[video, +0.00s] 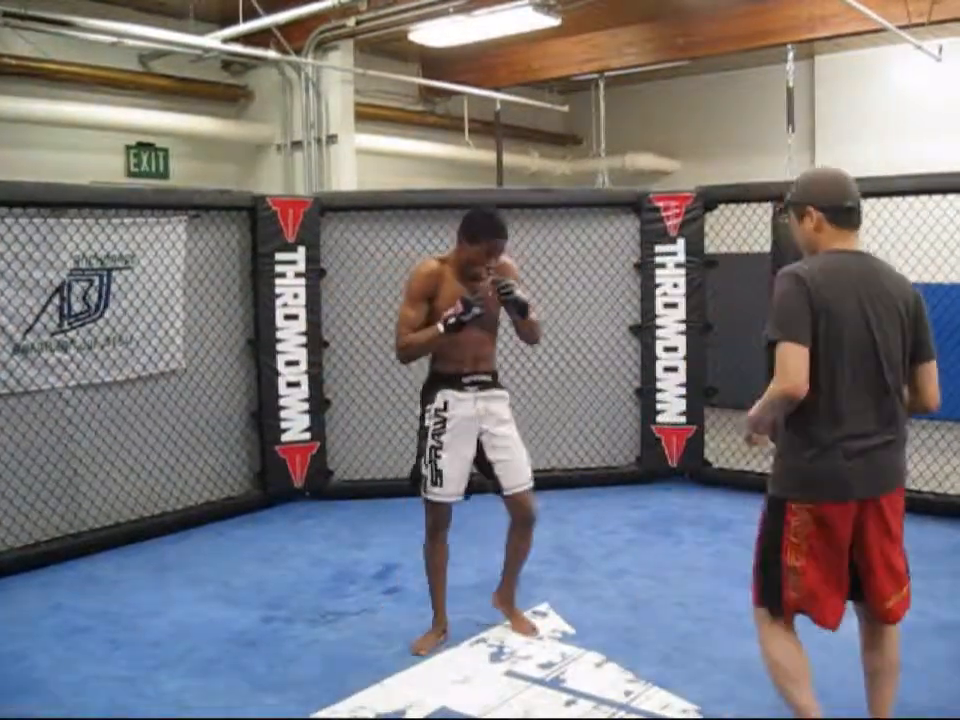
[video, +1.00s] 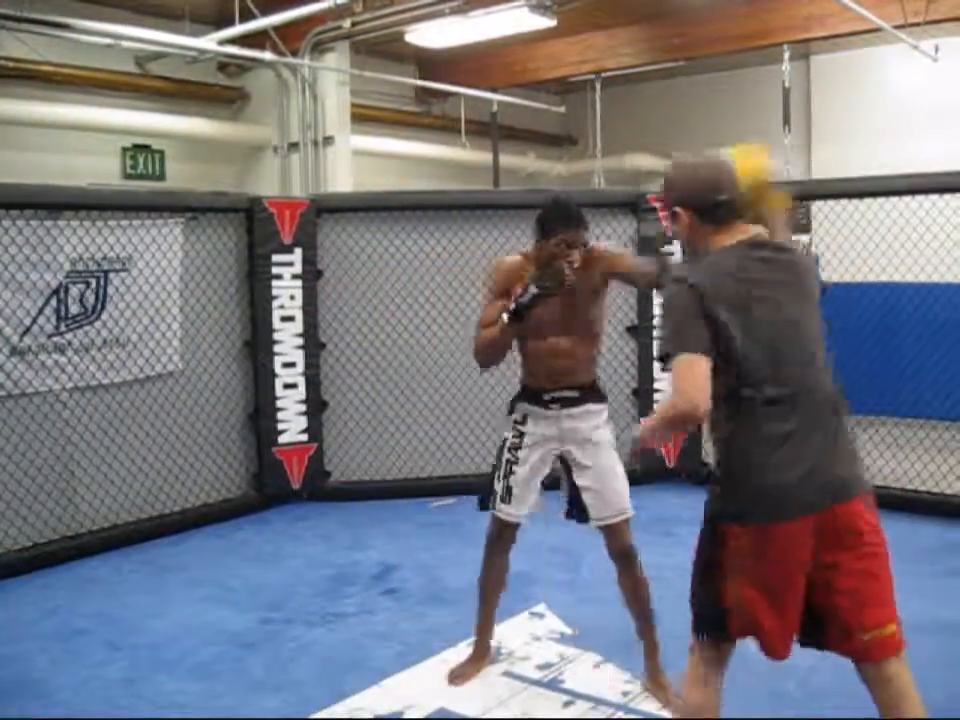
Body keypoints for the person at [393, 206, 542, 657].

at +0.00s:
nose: (487, 265)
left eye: (494, 257)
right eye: (481, 257)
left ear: (501, 251)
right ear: (462, 244)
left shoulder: (502, 270)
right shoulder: (429, 274)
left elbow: (532, 336)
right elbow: (404, 349)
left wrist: (514, 304)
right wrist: (446, 323)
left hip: (493, 398)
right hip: (446, 400)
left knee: (524, 510)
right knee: (438, 519)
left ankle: (506, 596)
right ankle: (439, 622)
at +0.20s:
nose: (509, 264)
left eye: (513, 257)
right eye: (504, 256)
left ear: (513, 251)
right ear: (480, 244)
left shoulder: (513, 267)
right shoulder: (440, 270)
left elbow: (541, 324)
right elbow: (422, 345)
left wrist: (548, 301)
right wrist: (470, 308)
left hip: (504, 397)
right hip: (457, 402)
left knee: (538, 514)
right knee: (445, 515)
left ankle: (560, 632)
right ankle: (439, 624)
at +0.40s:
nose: (536, 280)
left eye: (544, 274)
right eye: (530, 272)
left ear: (549, 267)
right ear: (511, 255)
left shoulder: (545, 276)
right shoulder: (475, 271)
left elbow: (576, 340)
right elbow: (462, 348)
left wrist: (579, 302)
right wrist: (510, 307)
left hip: (531, 408)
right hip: (481, 411)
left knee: (565, 528)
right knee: (458, 525)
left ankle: (573, 643)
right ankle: (441, 625)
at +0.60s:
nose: (553, 267)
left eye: (559, 260)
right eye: (546, 259)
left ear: (567, 251)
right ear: (527, 244)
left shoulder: (571, 263)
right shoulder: (491, 262)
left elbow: (593, 343)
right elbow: (470, 343)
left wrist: (582, 309)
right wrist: (516, 313)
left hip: (551, 401)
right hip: (500, 401)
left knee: (572, 526)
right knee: (473, 521)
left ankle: (573, 644)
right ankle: (468, 627)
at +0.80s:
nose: (552, 262)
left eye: (560, 254)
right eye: (544, 253)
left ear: (568, 253)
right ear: (522, 248)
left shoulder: (570, 276)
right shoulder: (490, 278)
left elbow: (601, 347)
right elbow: (471, 360)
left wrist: (583, 309)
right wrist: (512, 322)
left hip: (559, 414)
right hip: (505, 417)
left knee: (606, 533)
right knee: (480, 539)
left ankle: (590, 636)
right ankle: (482, 646)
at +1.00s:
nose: (572, 257)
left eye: (579, 247)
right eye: (563, 248)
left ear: (588, 240)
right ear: (540, 243)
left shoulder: (600, 262)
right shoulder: (512, 271)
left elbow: (664, 275)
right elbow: (485, 355)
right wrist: (522, 305)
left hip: (589, 415)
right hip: (531, 416)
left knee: (623, 547)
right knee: (500, 534)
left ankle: (653, 668)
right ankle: (482, 645)